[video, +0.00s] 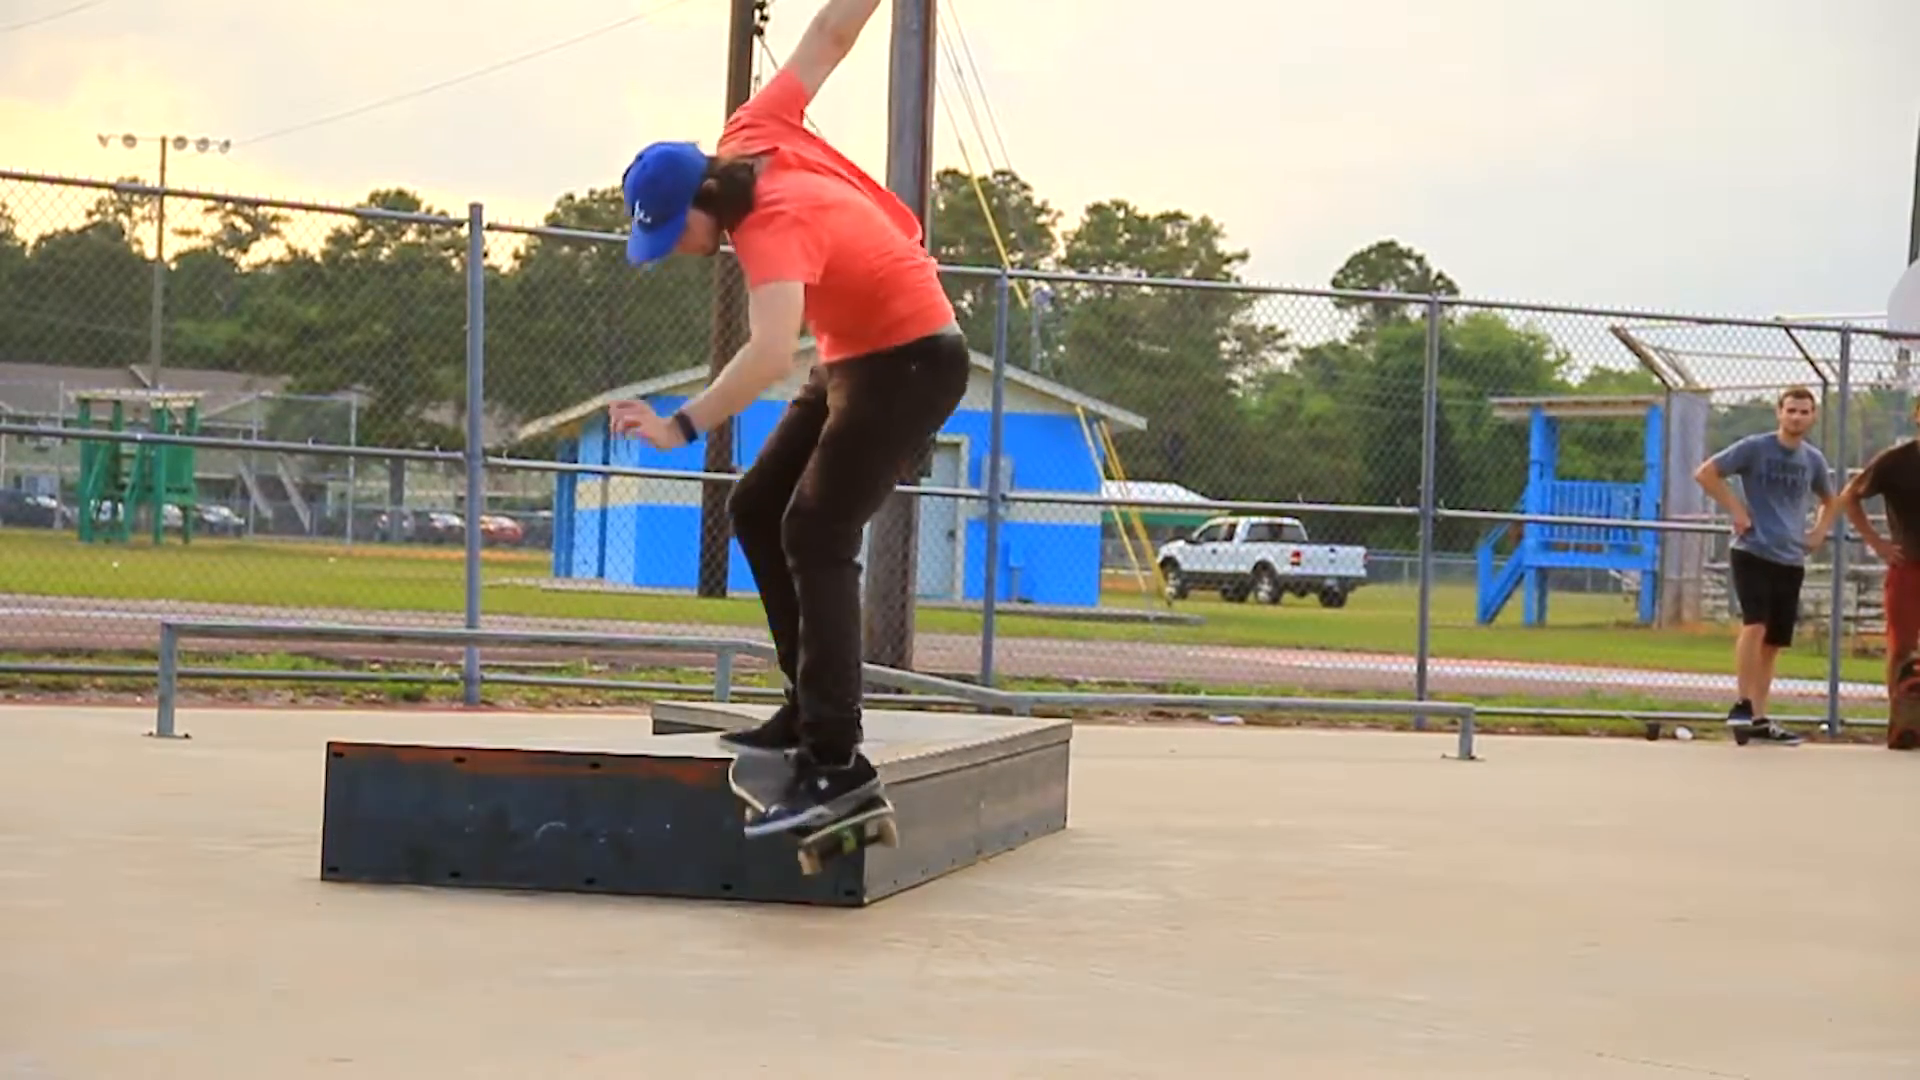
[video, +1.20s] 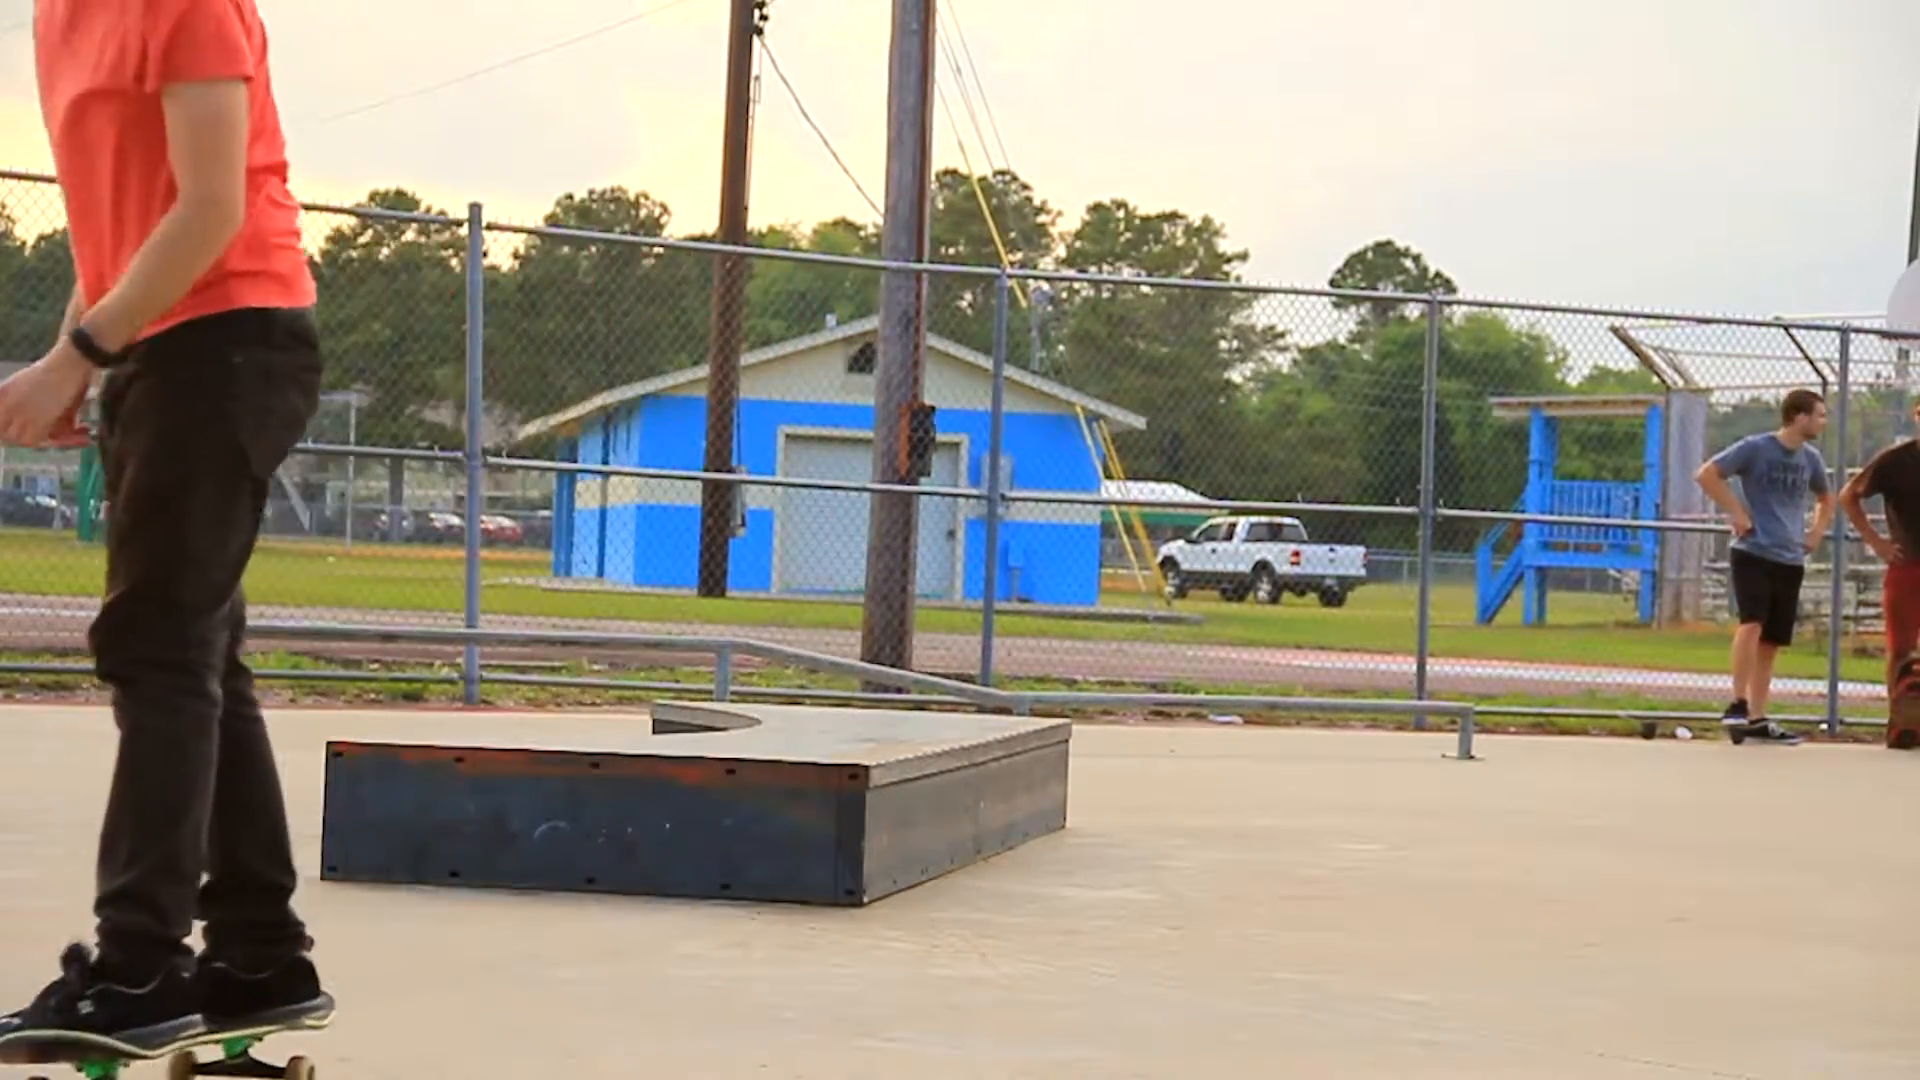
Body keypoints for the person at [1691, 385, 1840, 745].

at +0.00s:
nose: (1798, 417)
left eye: (1805, 412)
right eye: (1792, 410)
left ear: (1812, 417)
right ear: (1779, 413)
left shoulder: (1814, 459)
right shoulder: (1756, 447)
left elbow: (1831, 500)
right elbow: (1706, 473)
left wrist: (1818, 532)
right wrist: (1738, 512)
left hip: (1790, 557)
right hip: (1753, 550)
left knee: (1773, 641)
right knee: (1756, 624)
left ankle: (1758, 716)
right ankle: (1743, 705)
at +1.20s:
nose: (1824, 422)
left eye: (1824, 416)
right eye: (1820, 415)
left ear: (1806, 419)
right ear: (1798, 417)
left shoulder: (1811, 458)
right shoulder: (1756, 447)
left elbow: (1827, 499)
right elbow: (1707, 474)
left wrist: (1817, 532)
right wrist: (1737, 513)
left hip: (1790, 557)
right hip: (1753, 551)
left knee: (1771, 641)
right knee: (1752, 624)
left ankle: (1757, 716)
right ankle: (1739, 704)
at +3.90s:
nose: (1798, 402)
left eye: (1805, 395)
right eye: (1792, 395)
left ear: (1817, 399)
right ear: (1783, 400)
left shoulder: (1840, 442)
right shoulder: (1764, 447)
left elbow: (1881, 480)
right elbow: (1750, 503)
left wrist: (1852, 514)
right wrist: (1755, 555)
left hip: (1822, 555)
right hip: (1777, 553)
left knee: (1816, 639)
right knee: (1773, 637)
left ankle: (1807, 713)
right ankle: (1770, 711)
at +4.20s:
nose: (1804, 403)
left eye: (1810, 397)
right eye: (1798, 397)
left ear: (1822, 401)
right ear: (1788, 402)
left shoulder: (1844, 443)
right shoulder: (1768, 447)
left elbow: (1884, 480)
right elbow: (1753, 502)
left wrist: (1855, 514)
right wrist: (1755, 555)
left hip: (1824, 555)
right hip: (1780, 552)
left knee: (1817, 639)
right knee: (1774, 638)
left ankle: (1807, 714)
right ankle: (1770, 712)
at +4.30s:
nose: (1807, 404)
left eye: (1814, 398)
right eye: (1801, 398)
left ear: (1824, 402)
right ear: (1791, 402)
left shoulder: (1845, 444)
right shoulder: (1769, 447)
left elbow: (1884, 480)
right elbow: (1754, 505)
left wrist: (1856, 514)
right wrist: (1754, 556)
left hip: (1826, 555)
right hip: (1781, 553)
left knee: (1817, 639)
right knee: (1775, 638)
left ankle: (1807, 714)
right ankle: (1770, 712)